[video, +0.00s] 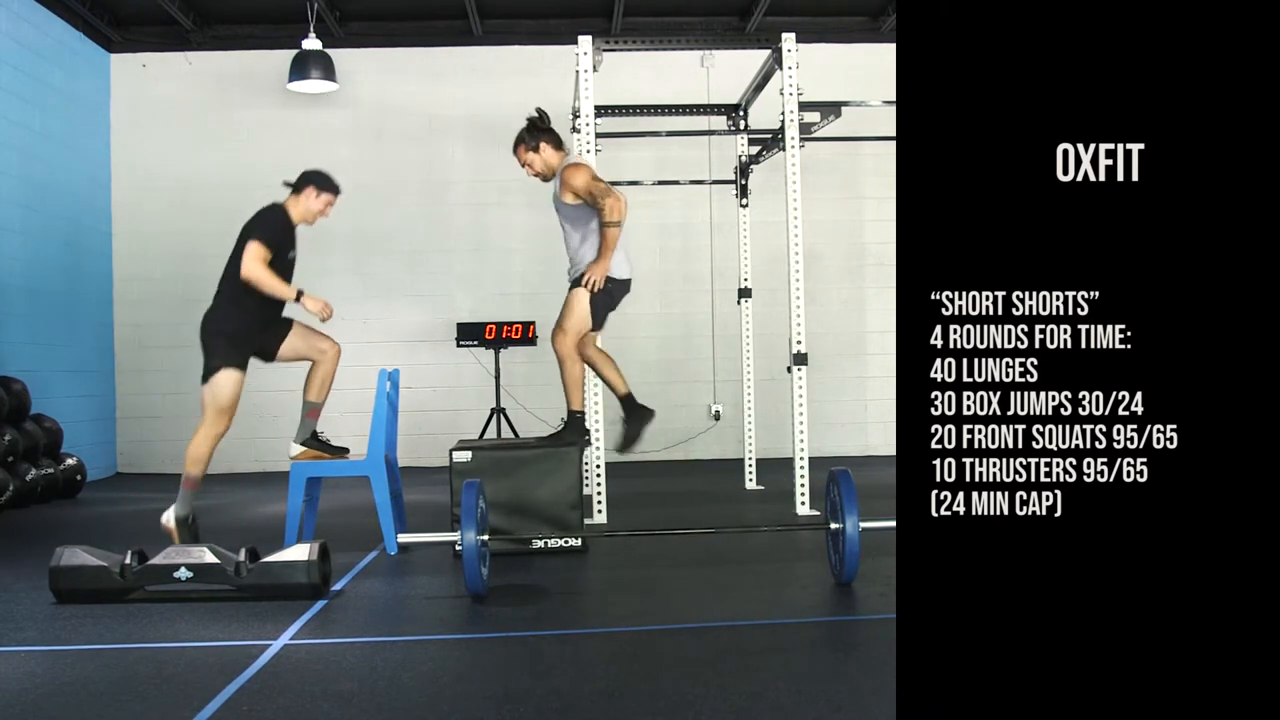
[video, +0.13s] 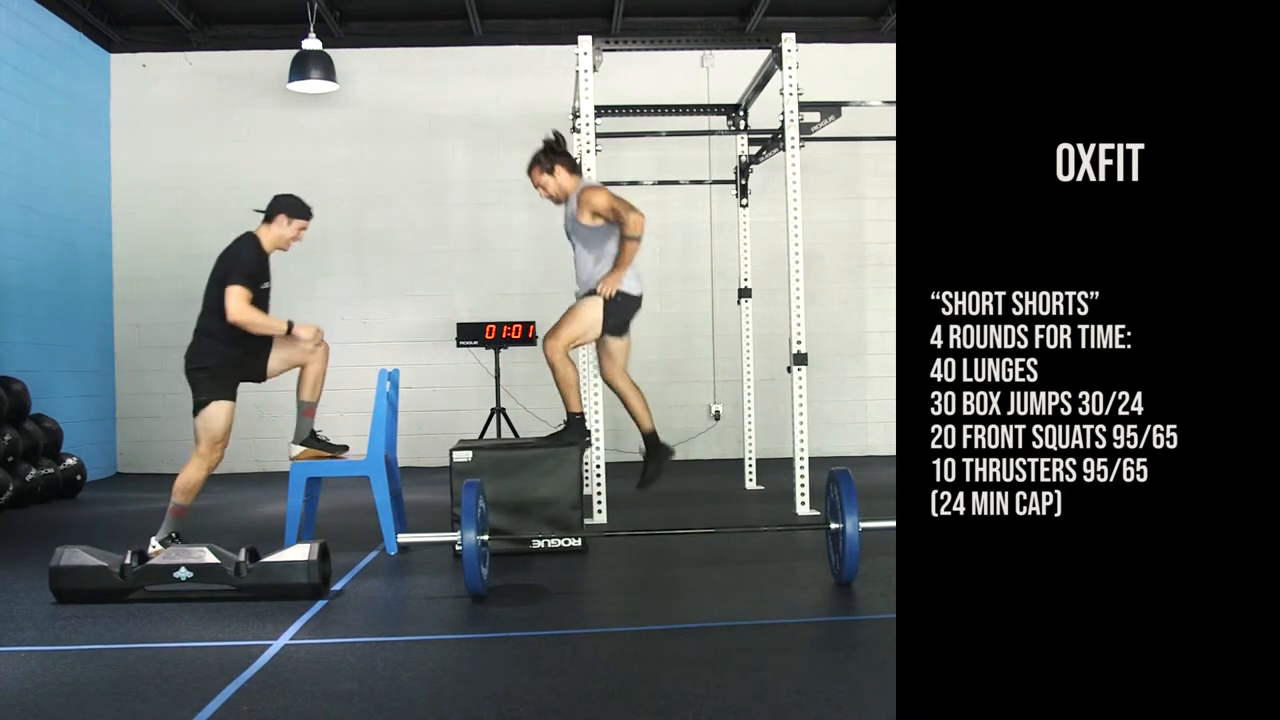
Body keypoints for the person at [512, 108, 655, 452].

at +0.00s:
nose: (529, 172)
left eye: (527, 163)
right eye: (525, 167)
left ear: (545, 148)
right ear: (546, 149)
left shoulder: (572, 174)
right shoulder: (573, 173)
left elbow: (613, 202)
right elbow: (616, 201)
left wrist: (603, 260)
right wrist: (599, 259)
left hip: (597, 275)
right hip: (604, 275)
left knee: (563, 340)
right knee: (585, 345)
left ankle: (575, 424)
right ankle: (634, 409)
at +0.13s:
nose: (541, 193)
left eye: (541, 185)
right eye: (538, 188)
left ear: (560, 171)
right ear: (558, 173)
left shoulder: (590, 195)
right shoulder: (576, 203)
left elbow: (634, 219)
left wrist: (617, 271)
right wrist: (596, 282)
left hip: (613, 293)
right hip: (615, 294)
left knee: (554, 345)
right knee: (614, 373)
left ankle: (575, 426)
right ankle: (654, 446)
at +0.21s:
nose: (552, 216)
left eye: (553, 208)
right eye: (549, 211)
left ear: (571, 196)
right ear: (570, 199)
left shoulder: (602, 221)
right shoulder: (584, 230)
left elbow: (648, 244)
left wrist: (623, 293)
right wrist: (600, 306)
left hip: (622, 319)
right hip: (623, 320)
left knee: (552, 347)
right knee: (631, 403)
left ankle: (574, 426)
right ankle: (658, 477)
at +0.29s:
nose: (564, 248)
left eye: (565, 240)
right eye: (561, 242)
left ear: (584, 229)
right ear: (582, 231)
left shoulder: (613, 253)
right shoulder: (595, 263)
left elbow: (661, 271)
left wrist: (634, 321)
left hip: (632, 353)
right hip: (636, 356)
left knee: (556, 347)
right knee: (639, 435)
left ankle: (574, 426)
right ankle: (671, 510)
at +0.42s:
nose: (573, 274)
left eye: (573, 265)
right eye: (569, 268)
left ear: (590, 252)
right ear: (589, 253)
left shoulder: (624, 267)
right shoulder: (608, 281)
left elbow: (672, 280)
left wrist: (653, 329)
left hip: (649, 367)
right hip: (639, 374)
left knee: (580, 341)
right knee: (638, 447)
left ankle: (578, 423)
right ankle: (675, 515)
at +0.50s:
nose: (578, 268)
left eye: (578, 259)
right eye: (574, 263)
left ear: (595, 245)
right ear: (595, 246)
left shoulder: (625, 260)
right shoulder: (609, 274)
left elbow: (672, 270)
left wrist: (654, 316)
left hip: (657, 357)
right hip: (645, 368)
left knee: (594, 340)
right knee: (646, 440)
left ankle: (595, 423)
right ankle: (676, 516)